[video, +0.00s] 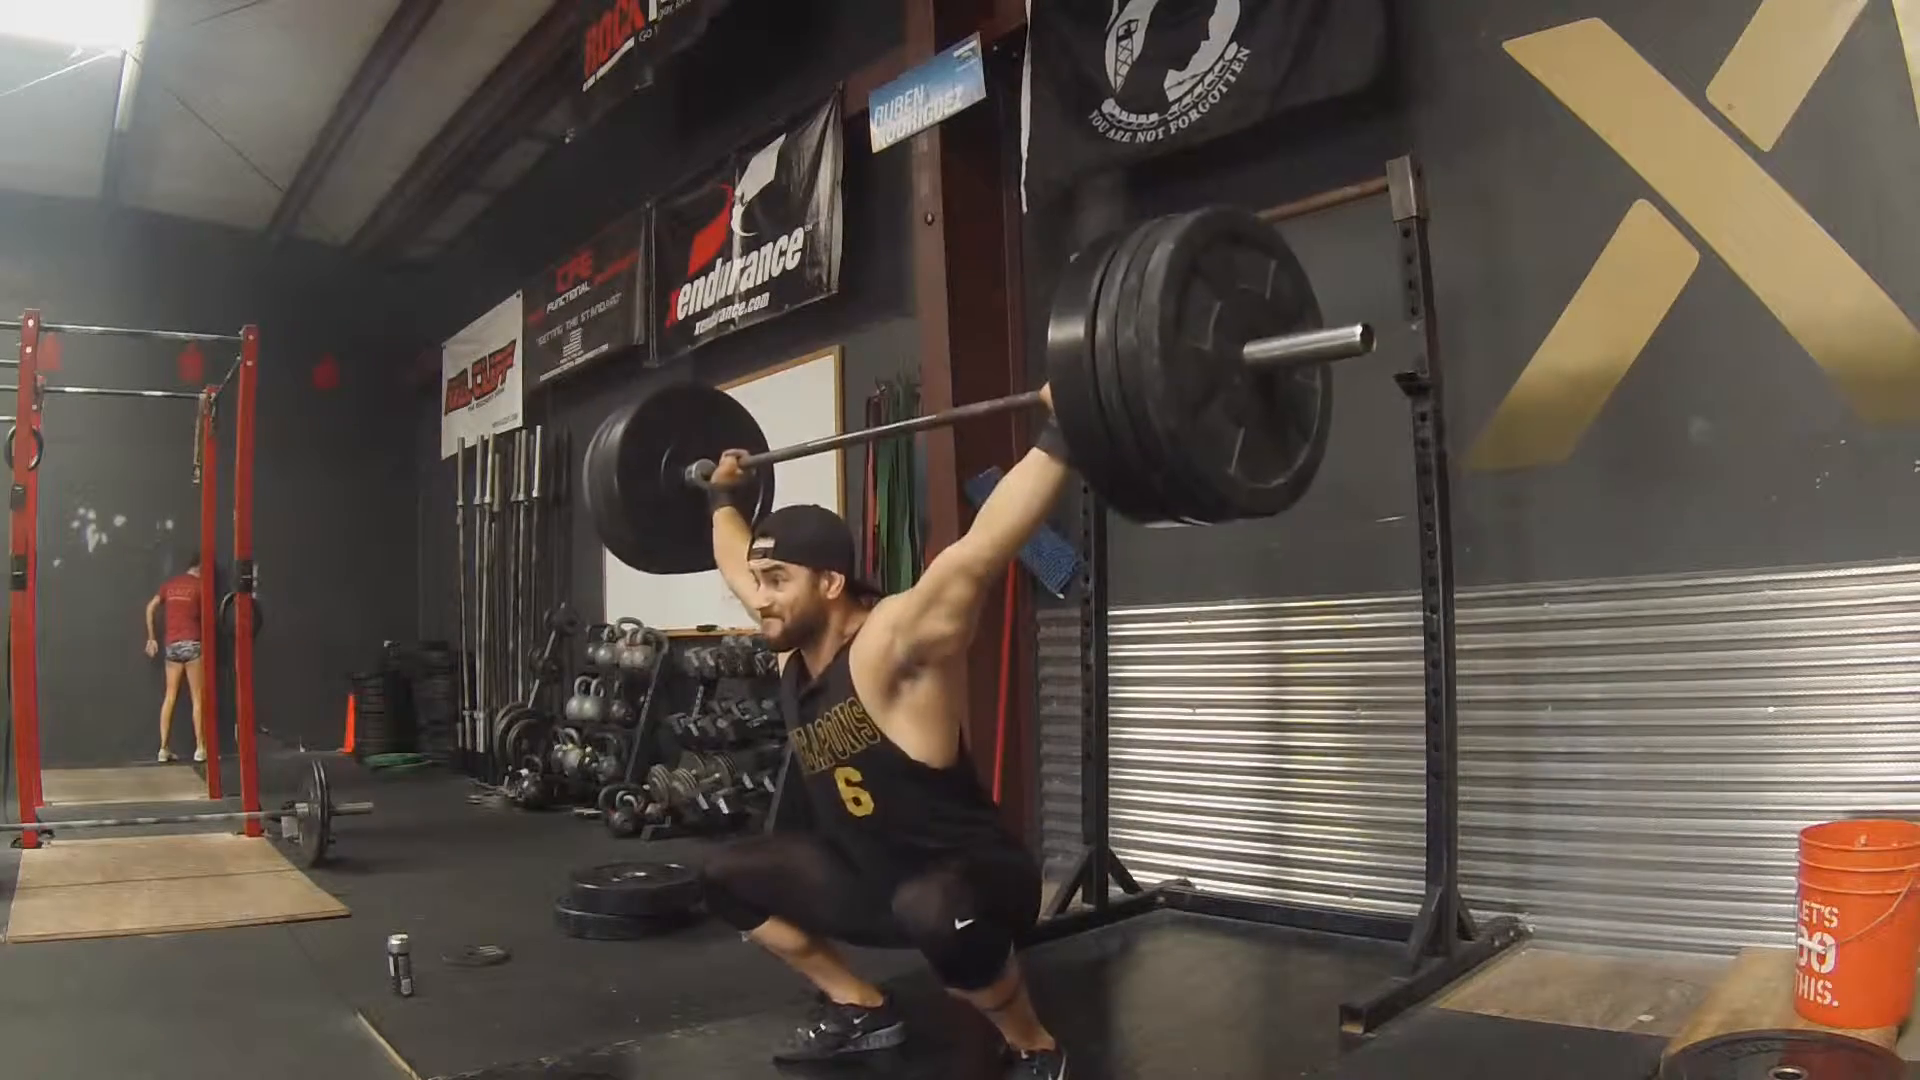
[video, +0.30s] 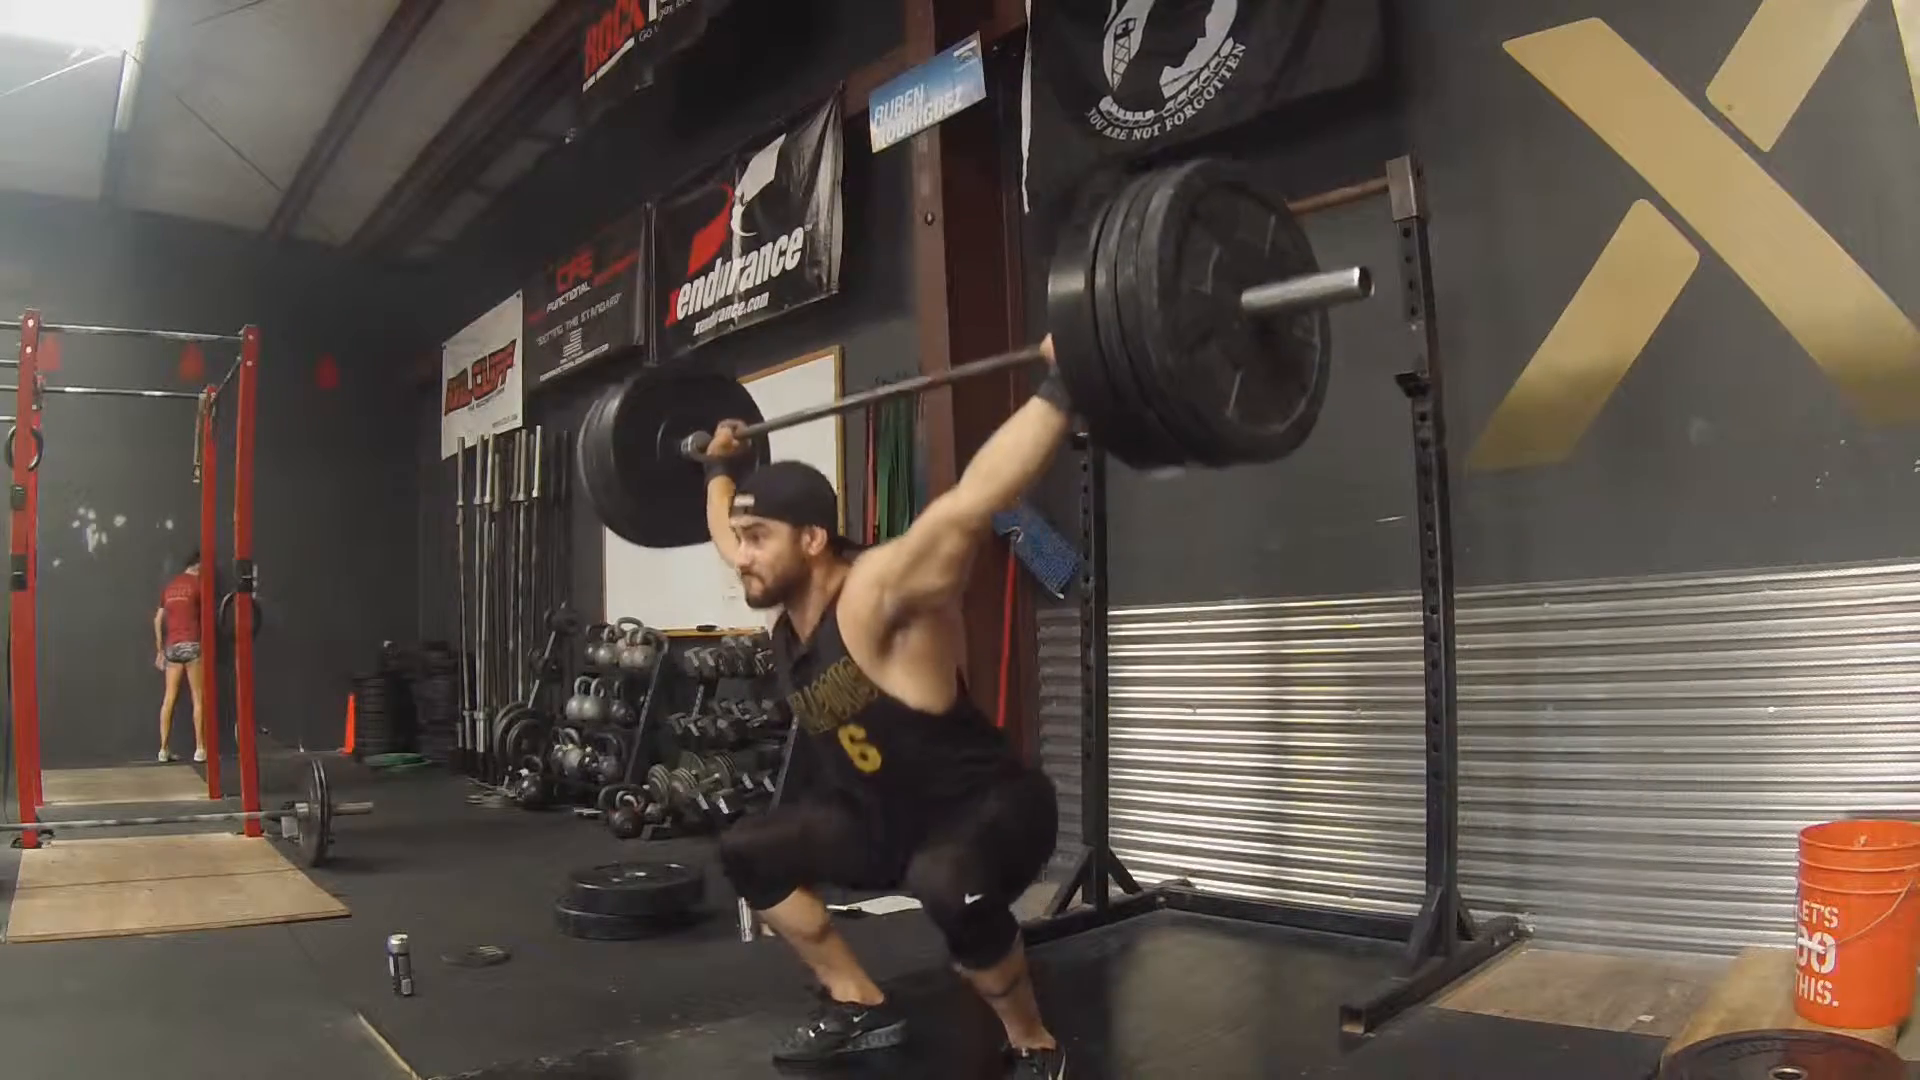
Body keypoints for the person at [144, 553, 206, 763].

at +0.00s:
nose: (205, 575)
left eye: (204, 570)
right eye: (205, 571)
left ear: (189, 566)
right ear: (201, 569)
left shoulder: (170, 583)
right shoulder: (201, 587)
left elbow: (150, 607)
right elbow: (208, 616)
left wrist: (151, 637)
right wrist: (209, 641)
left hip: (171, 640)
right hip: (193, 639)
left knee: (169, 696)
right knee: (197, 698)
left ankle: (163, 748)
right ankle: (200, 747)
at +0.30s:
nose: (204, 570)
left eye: (203, 566)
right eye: (203, 566)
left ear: (186, 565)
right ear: (198, 565)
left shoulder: (170, 585)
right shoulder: (199, 584)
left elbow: (158, 618)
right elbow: (206, 614)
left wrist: (159, 648)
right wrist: (208, 640)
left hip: (172, 644)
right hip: (193, 643)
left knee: (169, 698)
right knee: (198, 698)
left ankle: (163, 748)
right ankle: (200, 747)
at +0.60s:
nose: (203, 571)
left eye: (203, 568)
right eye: (203, 568)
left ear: (186, 566)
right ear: (198, 566)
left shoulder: (171, 588)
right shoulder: (199, 584)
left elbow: (165, 620)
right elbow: (206, 613)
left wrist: (169, 638)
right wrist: (207, 638)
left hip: (172, 642)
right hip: (192, 641)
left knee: (169, 697)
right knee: (198, 697)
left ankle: (163, 748)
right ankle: (200, 747)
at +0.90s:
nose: (182, 568)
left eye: (182, 564)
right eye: (187, 564)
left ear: (181, 564)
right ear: (197, 564)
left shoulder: (170, 585)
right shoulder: (201, 584)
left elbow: (167, 615)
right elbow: (207, 614)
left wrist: (170, 631)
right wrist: (207, 636)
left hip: (174, 641)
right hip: (195, 640)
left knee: (170, 696)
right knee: (199, 695)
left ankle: (164, 745)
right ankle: (200, 746)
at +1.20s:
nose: (170, 563)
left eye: (172, 559)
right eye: (171, 559)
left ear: (179, 561)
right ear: (189, 562)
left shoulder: (167, 583)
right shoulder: (201, 585)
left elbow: (157, 615)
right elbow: (207, 614)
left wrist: (163, 634)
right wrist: (204, 635)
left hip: (170, 642)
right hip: (194, 641)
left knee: (168, 696)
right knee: (202, 694)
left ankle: (164, 745)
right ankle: (204, 738)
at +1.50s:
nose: (172, 564)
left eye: (175, 560)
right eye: (173, 560)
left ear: (185, 562)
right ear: (192, 562)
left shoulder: (174, 585)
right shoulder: (204, 586)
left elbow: (161, 615)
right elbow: (210, 615)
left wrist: (147, 643)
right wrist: (209, 640)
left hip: (176, 645)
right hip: (199, 644)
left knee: (170, 696)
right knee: (202, 696)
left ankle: (164, 745)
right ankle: (210, 745)